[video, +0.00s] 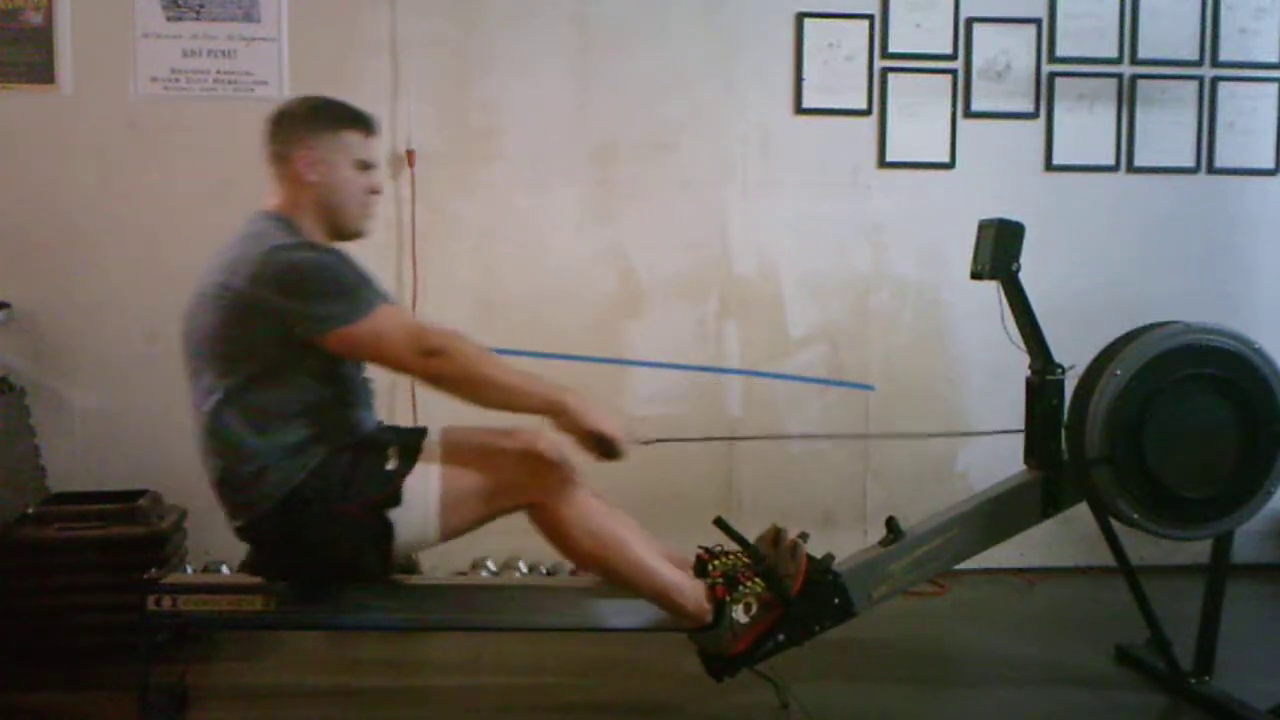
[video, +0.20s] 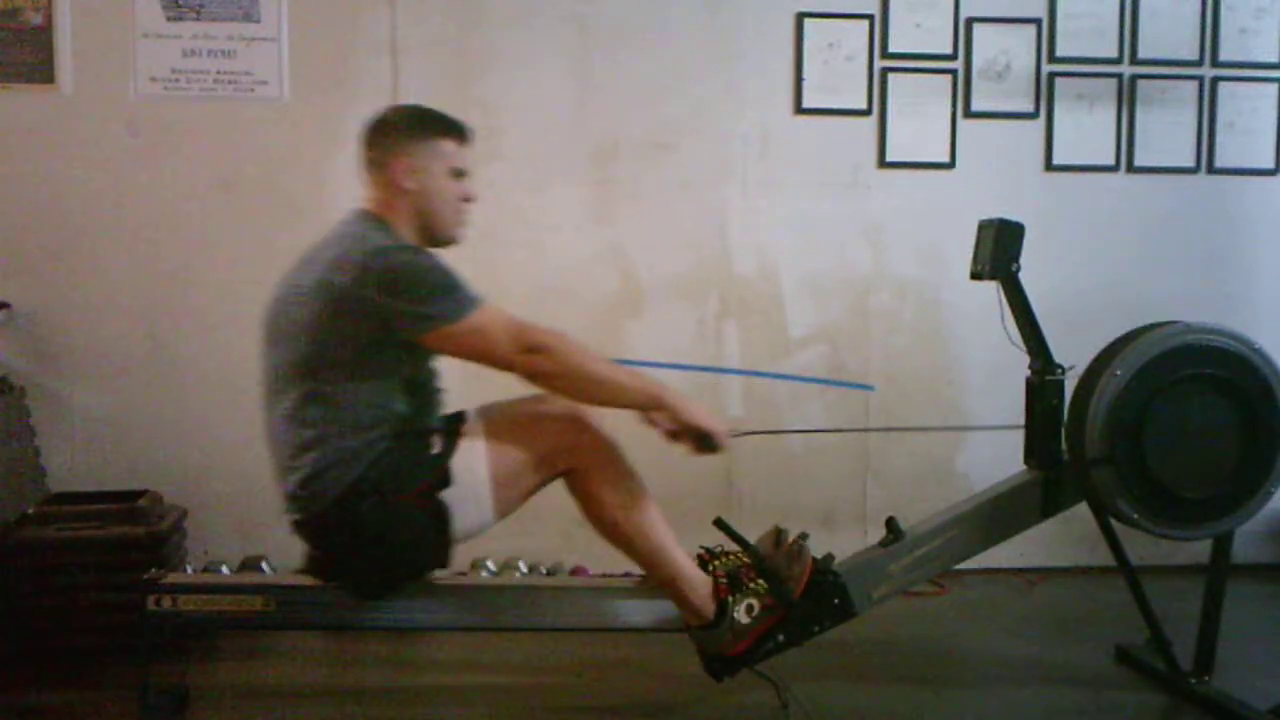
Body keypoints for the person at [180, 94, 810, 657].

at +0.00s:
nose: (378, 188)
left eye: (376, 169)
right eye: (362, 167)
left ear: (304, 172)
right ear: (302, 169)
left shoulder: (276, 255)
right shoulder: (288, 263)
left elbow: (424, 352)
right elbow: (429, 351)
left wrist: (554, 406)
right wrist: (560, 406)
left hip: (319, 488)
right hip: (315, 502)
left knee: (538, 461)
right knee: (538, 466)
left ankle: (703, 587)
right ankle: (708, 616)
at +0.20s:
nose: (470, 194)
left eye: (467, 178)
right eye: (455, 176)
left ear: (401, 177)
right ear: (401, 175)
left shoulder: (357, 258)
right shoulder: (379, 265)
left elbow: (522, 349)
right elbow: (528, 349)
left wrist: (652, 400)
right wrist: (661, 400)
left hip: (360, 502)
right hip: (369, 520)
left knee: (559, 416)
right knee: (572, 434)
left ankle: (699, 588)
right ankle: (710, 613)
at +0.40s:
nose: (565, 200)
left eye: (562, 183)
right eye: (550, 182)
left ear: (499, 187)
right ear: (502, 185)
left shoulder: (439, 261)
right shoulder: (477, 265)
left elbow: (616, 350)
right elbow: (629, 349)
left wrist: (743, 393)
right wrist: (764, 394)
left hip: (415, 516)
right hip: (441, 521)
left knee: (613, 390)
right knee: (625, 399)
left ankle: (705, 589)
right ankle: (713, 613)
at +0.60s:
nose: (658, 207)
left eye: (654, 190)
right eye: (644, 188)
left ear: (595, 196)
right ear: (595, 194)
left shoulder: (545, 264)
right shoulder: (582, 269)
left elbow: (713, 344)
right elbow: (736, 347)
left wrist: (832, 387)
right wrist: (870, 384)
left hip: (495, 521)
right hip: (518, 524)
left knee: (686, 371)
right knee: (694, 385)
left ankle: (704, 579)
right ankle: (713, 602)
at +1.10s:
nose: (595, 181)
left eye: (591, 166)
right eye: (579, 166)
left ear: (523, 174)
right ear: (527, 172)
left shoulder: (490, 251)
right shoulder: (522, 257)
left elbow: (650, 336)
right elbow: (669, 325)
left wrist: (761, 376)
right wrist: (802, 359)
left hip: (460, 504)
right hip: (487, 507)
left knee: (648, 378)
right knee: (663, 385)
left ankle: (704, 582)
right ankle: (716, 606)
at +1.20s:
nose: (506, 169)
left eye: (502, 154)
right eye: (490, 154)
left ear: (433, 165)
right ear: (437, 161)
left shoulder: (405, 250)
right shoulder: (436, 254)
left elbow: (576, 333)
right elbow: (586, 317)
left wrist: (695, 366)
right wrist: (722, 348)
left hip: (407, 504)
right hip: (428, 515)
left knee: (606, 392)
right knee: (620, 407)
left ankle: (704, 588)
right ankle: (714, 614)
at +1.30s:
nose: (413, 164)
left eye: (409, 148)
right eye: (395, 146)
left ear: (339, 157)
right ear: (337, 154)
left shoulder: (323, 246)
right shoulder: (346, 250)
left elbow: (490, 322)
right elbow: (494, 320)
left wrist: (622, 354)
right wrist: (633, 348)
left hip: (351, 500)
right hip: (362, 509)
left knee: (563, 426)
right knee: (572, 433)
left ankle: (703, 596)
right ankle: (713, 613)